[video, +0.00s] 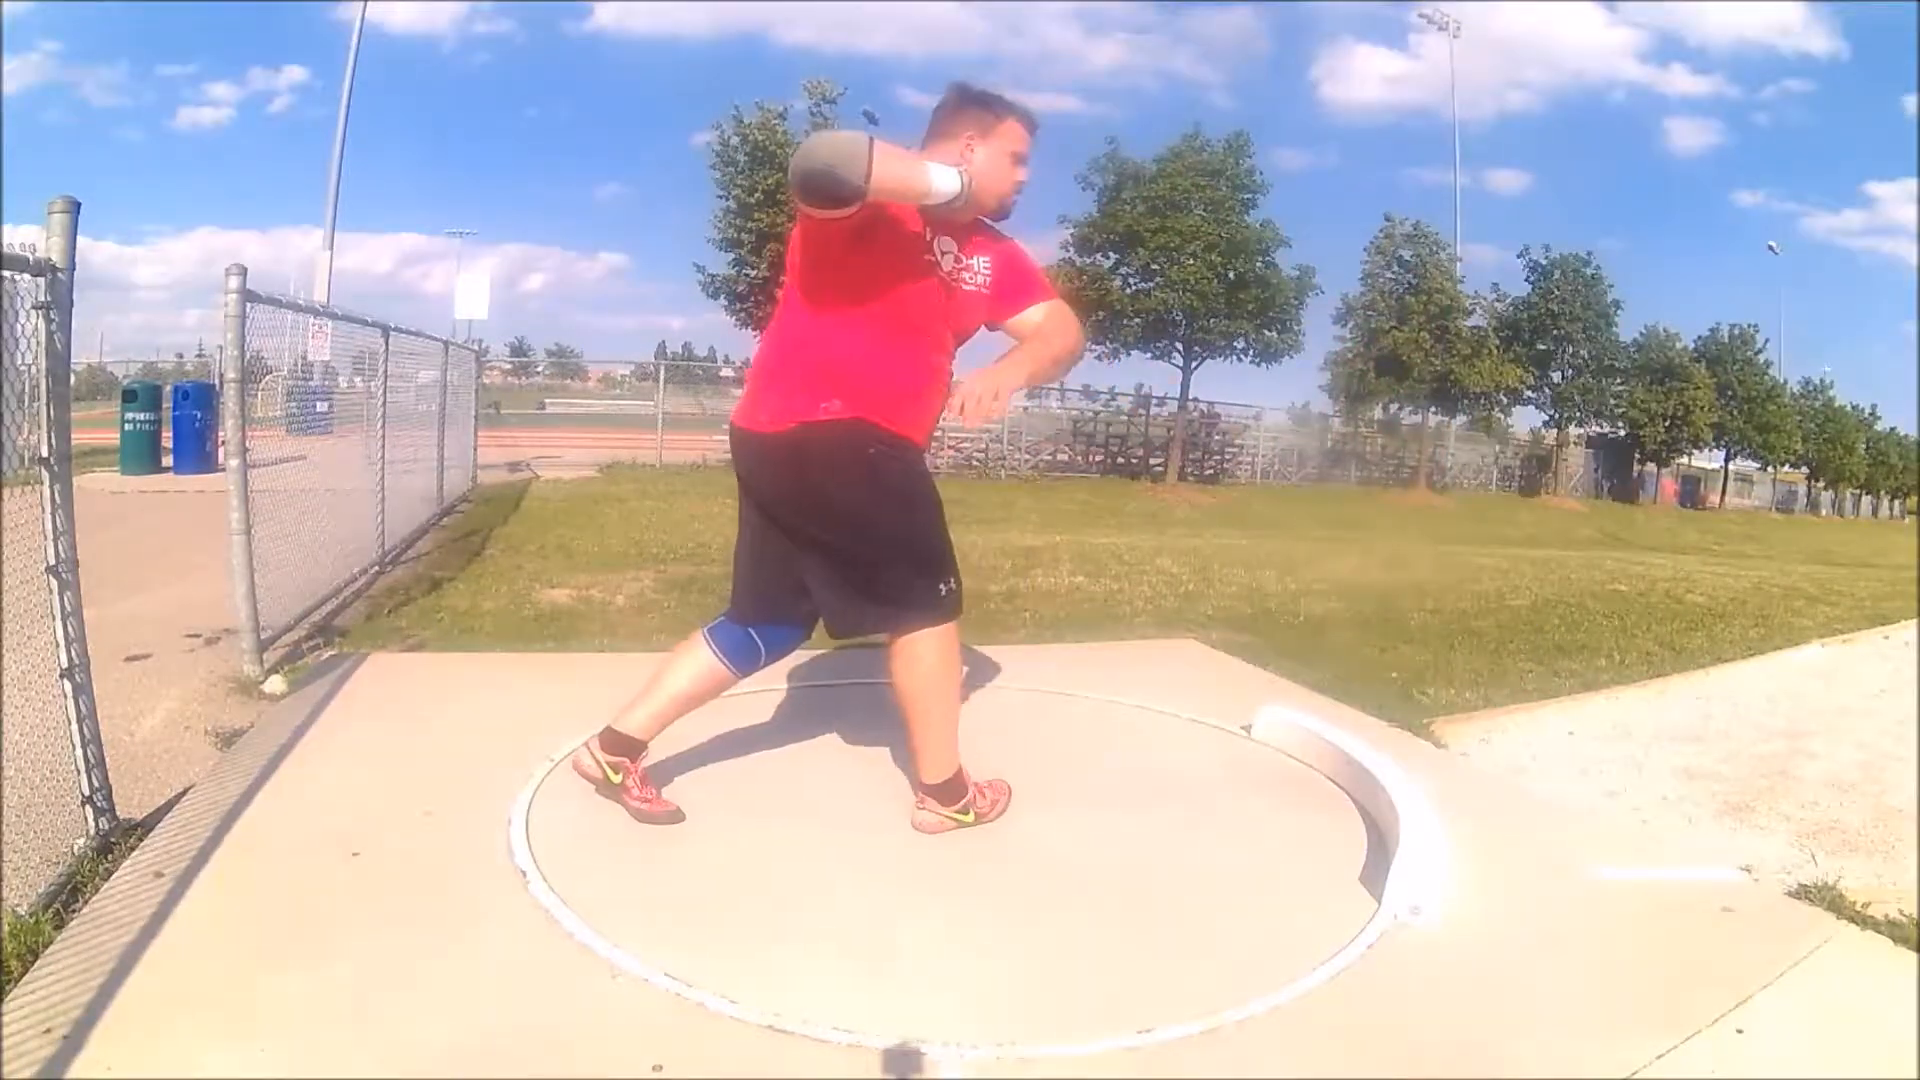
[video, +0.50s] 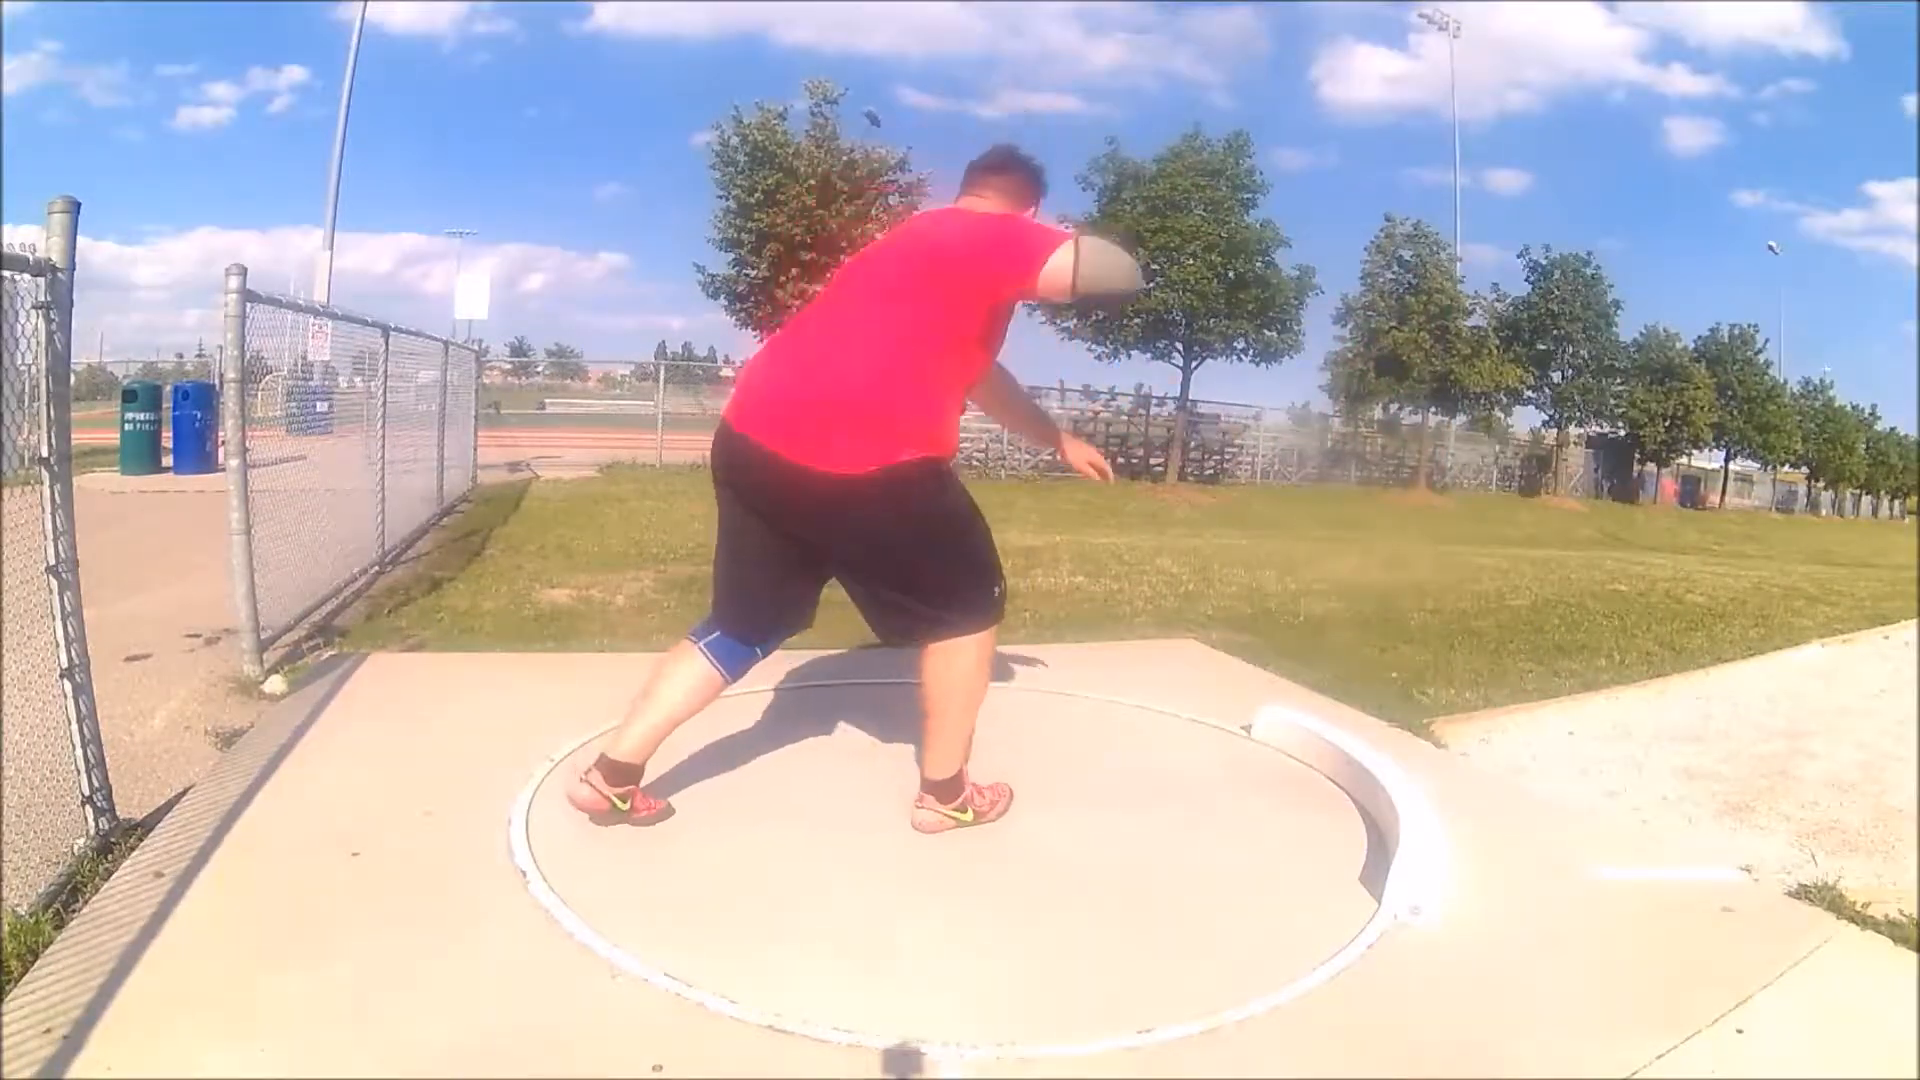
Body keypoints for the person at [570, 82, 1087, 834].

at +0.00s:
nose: (1023, 179)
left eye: (1026, 164)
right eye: (1017, 159)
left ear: (980, 153)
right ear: (966, 147)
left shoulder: (990, 256)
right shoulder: (853, 195)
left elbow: (1063, 331)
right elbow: (818, 157)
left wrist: (1005, 375)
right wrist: (948, 180)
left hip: (768, 432)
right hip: (848, 431)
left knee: (765, 622)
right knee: (925, 600)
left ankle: (617, 745)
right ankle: (941, 789)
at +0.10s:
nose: (1023, 181)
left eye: (1026, 166)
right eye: (1017, 162)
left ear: (976, 153)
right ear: (967, 149)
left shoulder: (987, 254)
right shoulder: (853, 193)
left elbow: (1054, 335)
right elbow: (822, 155)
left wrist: (975, 360)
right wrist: (950, 183)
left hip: (762, 427)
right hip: (847, 431)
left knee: (757, 616)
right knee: (915, 602)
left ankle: (614, 746)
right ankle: (939, 788)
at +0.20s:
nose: (1026, 188)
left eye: (1028, 173)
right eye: (1021, 170)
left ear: (982, 161)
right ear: (977, 157)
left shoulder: (984, 260)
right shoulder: (862, 193)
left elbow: (1052, 341)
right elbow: (845, 170)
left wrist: (999, 378)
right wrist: (972, 192)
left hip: (754, 426)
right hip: (845, 432)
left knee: (756, 616)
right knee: (917, 601)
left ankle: (612, 749)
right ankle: (939, 788)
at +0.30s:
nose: (1021, 209)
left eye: (1026, 193)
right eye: (1021, 189)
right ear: (985, 172)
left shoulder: (984, 277)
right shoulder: (869, 202)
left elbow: (1042, 352)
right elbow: (910, 200)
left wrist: (1071, 405)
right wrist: (988, 212)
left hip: (748, 432)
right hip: (847, 440)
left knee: (753, 619)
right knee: (928, 601)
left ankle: (612, 753)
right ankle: (940, 788)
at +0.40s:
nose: (1025, 217)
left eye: (1027, 204)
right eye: (1025, 202)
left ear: (957, 168)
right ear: (1006, 184)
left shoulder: (962, 281)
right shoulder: (928, 208)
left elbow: (1023, 366)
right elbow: (1008, 228)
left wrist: (1103, 436)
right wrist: (1053, 244)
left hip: (742, 435)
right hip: (849, 451)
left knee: (746, 620)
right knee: (945, 603)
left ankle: (612, 761)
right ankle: (941, 788)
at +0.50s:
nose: (1035, 222)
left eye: (1026, 210)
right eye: (1034, 212)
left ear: (962, 192)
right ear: (1029, 208)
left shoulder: (908, 238)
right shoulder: (1006, 236)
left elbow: (981, 375)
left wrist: (1056, 439)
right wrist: (1063, 243)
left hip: (756, 442)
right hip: (879, 461)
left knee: (744, 622)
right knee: (966, 604)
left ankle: (613, 769)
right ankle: (944, 789)